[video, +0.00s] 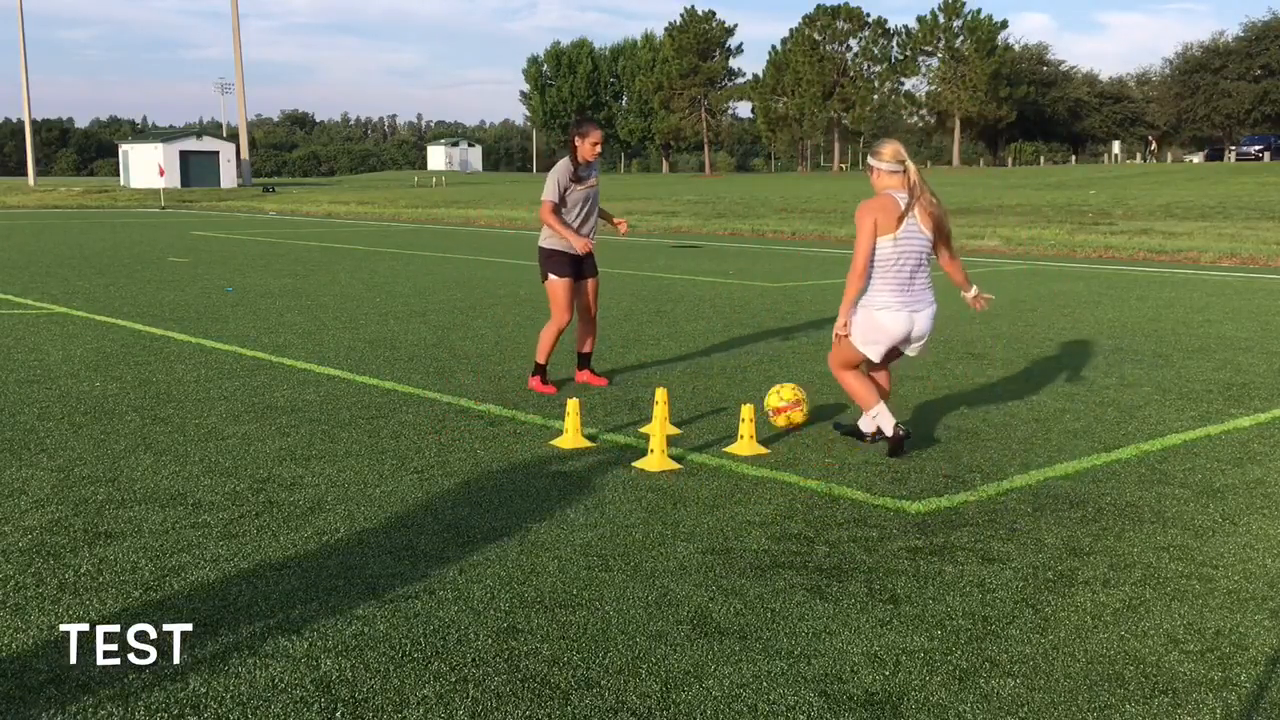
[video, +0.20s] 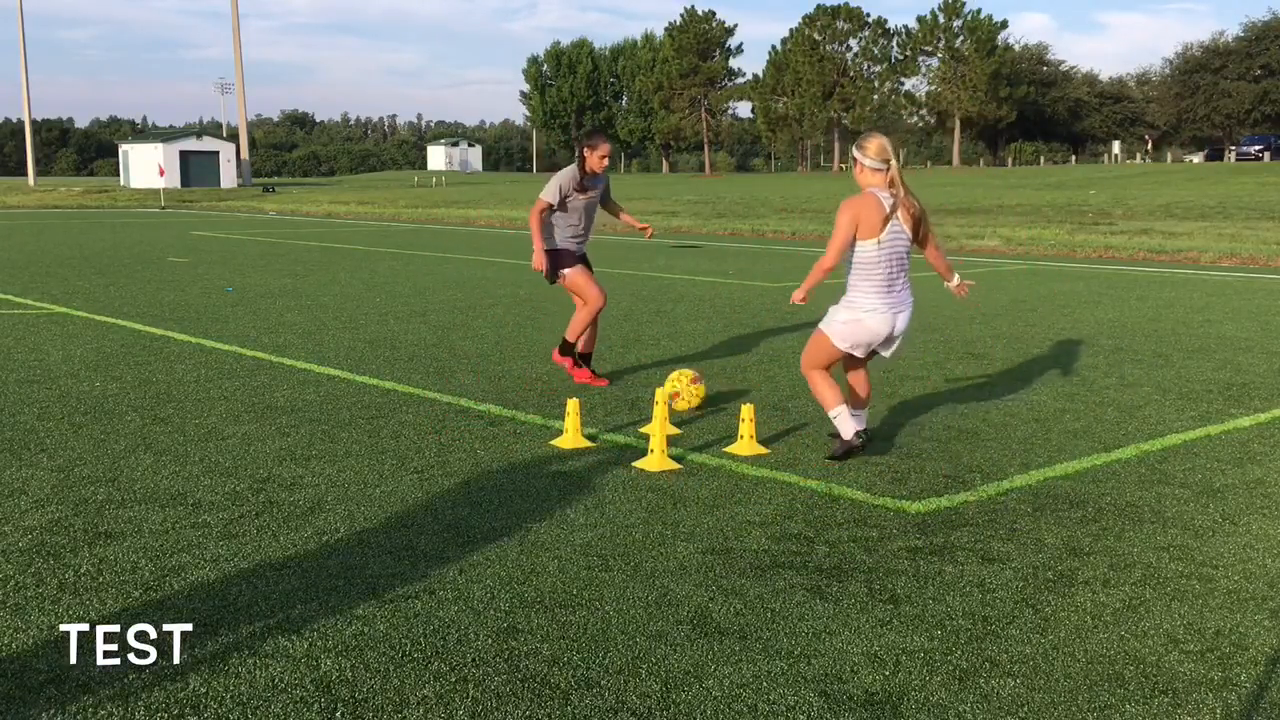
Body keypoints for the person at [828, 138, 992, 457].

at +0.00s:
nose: (870, 178)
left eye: (870, 172)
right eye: (870, 172)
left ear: (875, 172)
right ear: (904, 169)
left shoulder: (871, 208)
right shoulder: (929, 207)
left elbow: (860, 270)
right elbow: (947, 258)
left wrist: (845, 311)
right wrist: (969, 290)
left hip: (883, 315)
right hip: (922, 314)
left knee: (839, 362)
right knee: (878, 361)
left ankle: (890, 428)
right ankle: (867, 427)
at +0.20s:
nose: (852, 168)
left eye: (853, 163)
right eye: (853, 163)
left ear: (860, 165)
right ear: (890, 165)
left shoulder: (855, 206)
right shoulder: (908, 205)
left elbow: (831, 260)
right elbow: (932, 252)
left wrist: (804, 288)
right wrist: (952, 279)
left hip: (862, 313)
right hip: (897, 312)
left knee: (812, 364)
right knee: (855, 361)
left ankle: (848, 435)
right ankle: (858, 429)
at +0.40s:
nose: (842, 147)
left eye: (844, 141)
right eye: (843, 141)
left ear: (852, 141)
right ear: (879, 142)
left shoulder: (844, 170)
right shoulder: (899, 178)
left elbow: (839, 216)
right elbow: (919, 237)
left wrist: (826, 250)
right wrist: (906, 273)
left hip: (860, 290)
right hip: (901, 289)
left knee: (833, 360)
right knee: (868, 354)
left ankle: (849, 444)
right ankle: (893, 436)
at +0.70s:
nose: (810, 155)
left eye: (812, 148)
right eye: (811, 149)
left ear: (822, 148)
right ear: (851, 148)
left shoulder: (813, 184)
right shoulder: (874, 191)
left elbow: (791, 250)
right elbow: (896, 255)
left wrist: (777, 283)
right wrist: (893, 298)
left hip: (844, 301)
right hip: (885, 299)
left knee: (808, 393)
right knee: (870, 384)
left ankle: (836, 491)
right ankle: (904, 462)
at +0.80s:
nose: (794, 144)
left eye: (796, 137)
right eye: (796, 137)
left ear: (805, 139)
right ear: (834, 141)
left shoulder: (797, 178)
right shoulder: (859, 180)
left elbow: (777, 243)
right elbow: (885, 243)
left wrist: (752, 290)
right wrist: (869, 284)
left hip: (839, 290)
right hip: (882, 291)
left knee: (786, 378)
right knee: (831, 374)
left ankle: (819, 481)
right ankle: (863, 470)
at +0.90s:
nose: (782, 153)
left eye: (784, 146)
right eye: (784, 146)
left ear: (793, 149)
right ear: (824, 151)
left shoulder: (781, 192)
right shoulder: (854, 193)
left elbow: (763, 258)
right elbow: (872, 257)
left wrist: (741, 305)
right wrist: (853, 298)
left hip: (825, 303)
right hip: (869, 303)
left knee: (777, 395)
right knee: (813, 394)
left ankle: (783, 502)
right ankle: (821, 490)